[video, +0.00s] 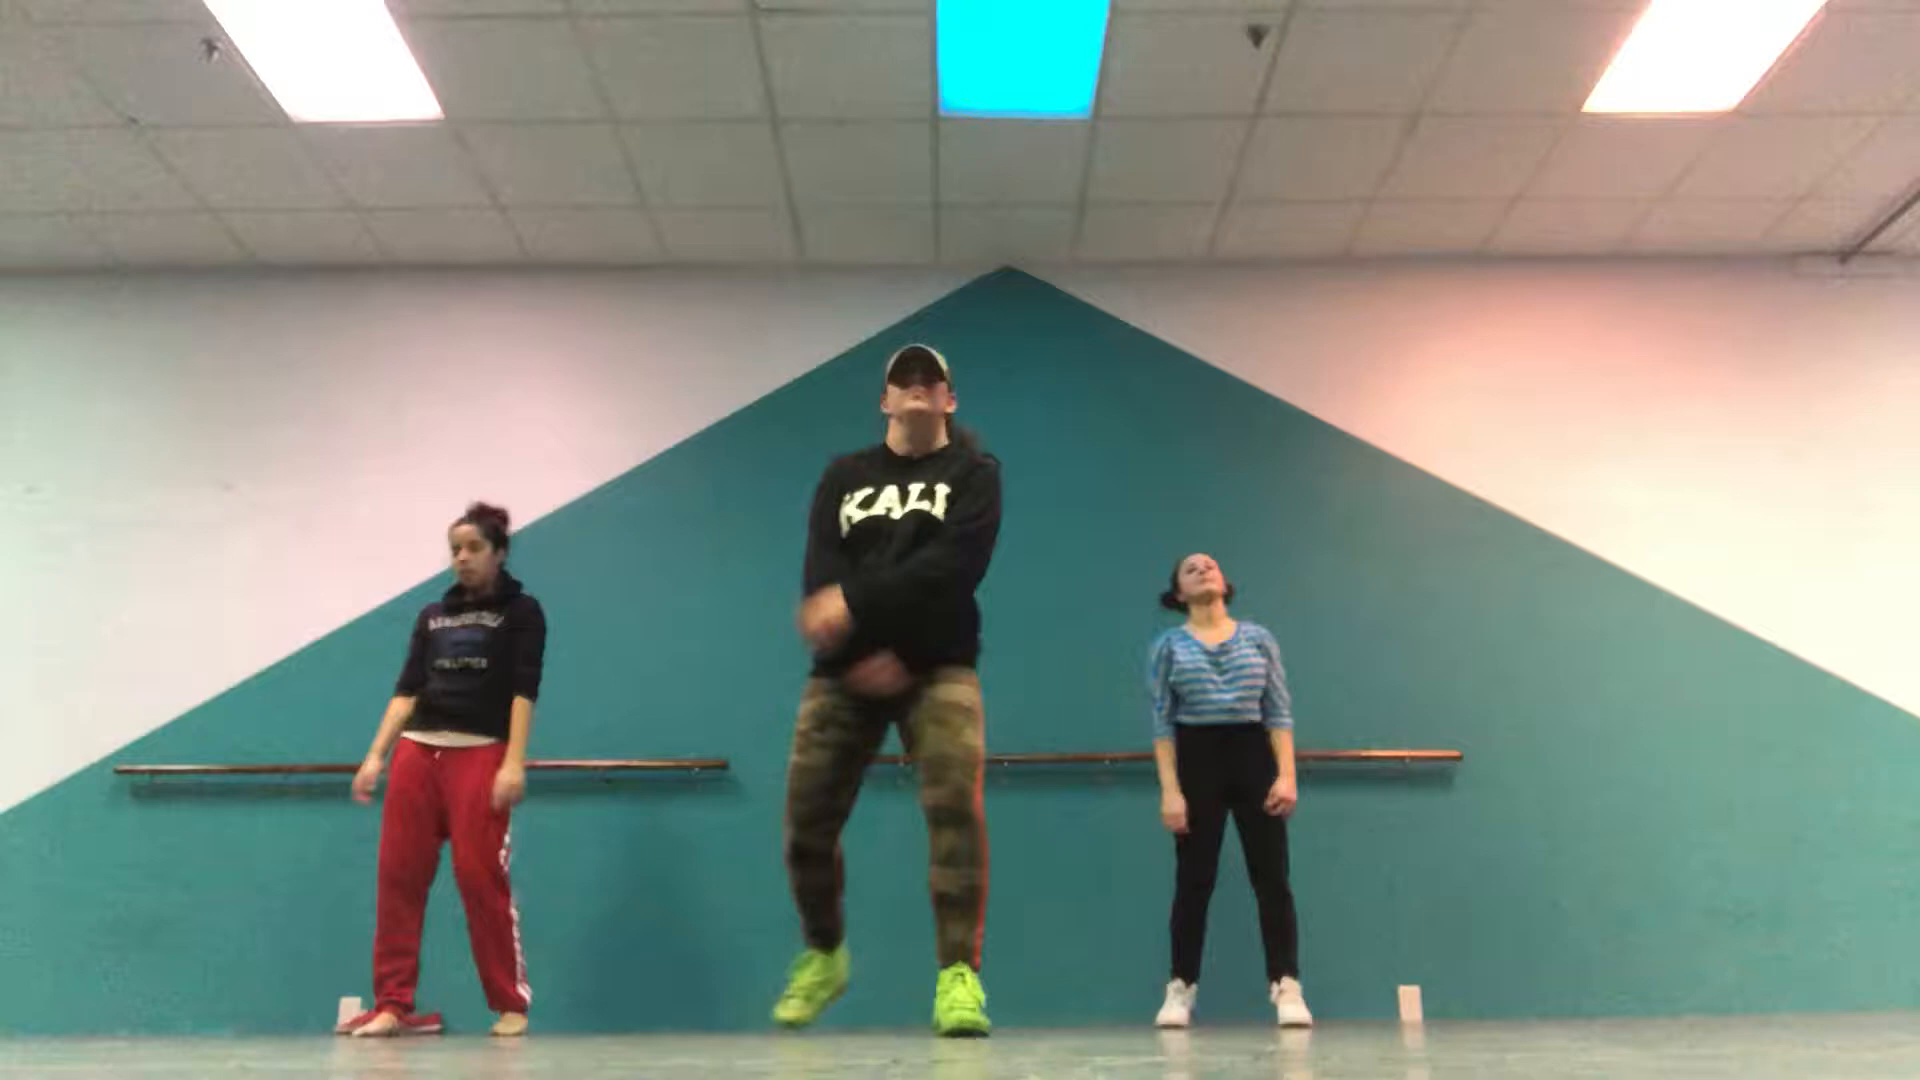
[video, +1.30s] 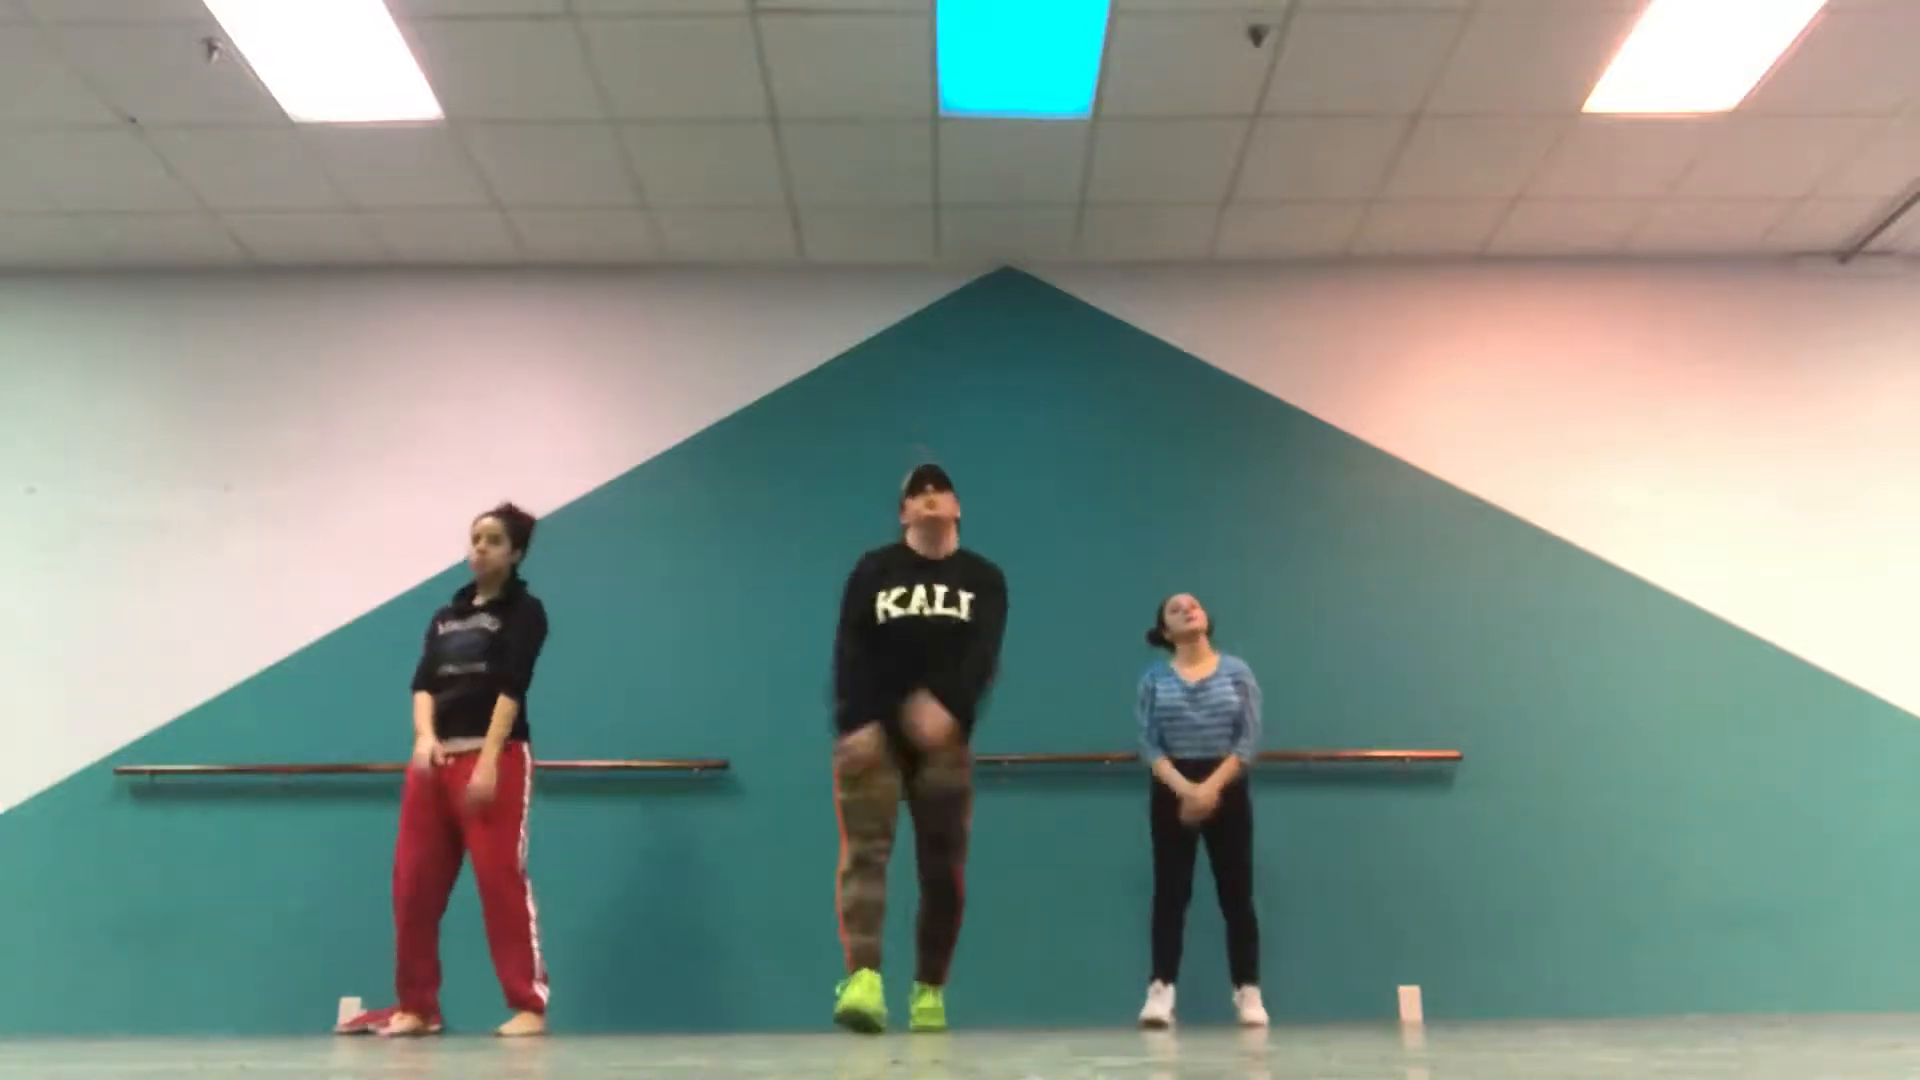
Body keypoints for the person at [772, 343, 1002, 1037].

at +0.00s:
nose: (916, 392)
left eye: (928, 383)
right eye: (904, 384)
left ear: (949, 401)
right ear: (885, 402)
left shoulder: (974, 472)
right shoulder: (843, 474)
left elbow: (955, 565)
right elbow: (822, 580)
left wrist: (852, 600)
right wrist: (855, 653)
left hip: (941, 663)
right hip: (850, 661)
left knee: (953, 805)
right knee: (808, 806)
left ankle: (959, 970)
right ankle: (823, 954)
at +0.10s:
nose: (917, 393)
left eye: (930, 384)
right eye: (906, 384)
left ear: (951, 400)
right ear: (888, 402)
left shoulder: (979, 473)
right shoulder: (850, 474)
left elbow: (964, 553)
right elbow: (834, 569)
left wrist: (853, 554)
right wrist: (904, 607)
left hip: (947, 665)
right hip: (857, 664)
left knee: (960, 807)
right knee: (815, 808)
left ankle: (960, 971)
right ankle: (840, 946)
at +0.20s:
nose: (916, 386)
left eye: (928, 378)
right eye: (904, 379)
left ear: (949, 397)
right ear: (887, 399)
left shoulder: (975, 456)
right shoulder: (857, 463)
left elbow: (970, 528)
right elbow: (833, 533)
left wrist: (858, 507)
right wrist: (911, 521)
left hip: (947, 652)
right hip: (860, 652)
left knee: (954, 804)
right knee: (826, 808)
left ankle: (965, 967)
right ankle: (856, 944)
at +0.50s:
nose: (895, 447)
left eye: (905, 440)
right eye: (883, 442)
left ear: (924, 458)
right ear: (865, 464)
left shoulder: (953, 514)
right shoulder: (843, 520)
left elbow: (988, 543)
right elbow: (824, 552)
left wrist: (913, 515)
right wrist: (861, 532)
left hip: (937, 691)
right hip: (853, 696)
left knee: (942, 821)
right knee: (845, 842)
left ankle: (962, 964)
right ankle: (865, 983)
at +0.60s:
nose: (885, 442)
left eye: (895, 434)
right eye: (872, 437)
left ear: (914, 449)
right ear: (857, 456)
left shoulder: (952, 514)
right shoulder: (833, 517)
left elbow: (972, 586)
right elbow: (814, 594)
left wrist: (940, 621)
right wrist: (839, 640)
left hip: (933, 696)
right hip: (851, 700)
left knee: (940, 823)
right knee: (848, 844)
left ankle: (959, 961)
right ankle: (866, 984)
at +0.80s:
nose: (884, 447)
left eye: (894, 439)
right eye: (873, 442)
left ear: (913, 456)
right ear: (857, 461)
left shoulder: (951, 526)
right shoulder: (829, 530)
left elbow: (986, 614)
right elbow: (790, 617)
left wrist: (1020, 693)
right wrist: (758, 697)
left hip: (933, 702)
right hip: (849, 705)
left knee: (945, 836)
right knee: (853, 845)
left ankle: (947, 964)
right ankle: (866, 984)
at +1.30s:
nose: (929, 499)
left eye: (939, 490)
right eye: (918, 493)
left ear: (957, 508)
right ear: (903, 512)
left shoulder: (984, 577)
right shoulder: (872, 570)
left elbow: (981, 653)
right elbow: (850, 651)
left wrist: (950, 702)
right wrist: (855, 720)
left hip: (941, 726)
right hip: (870, 724)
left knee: (942, 862)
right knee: (864, 853)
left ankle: (930, 988)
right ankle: (862, 977)